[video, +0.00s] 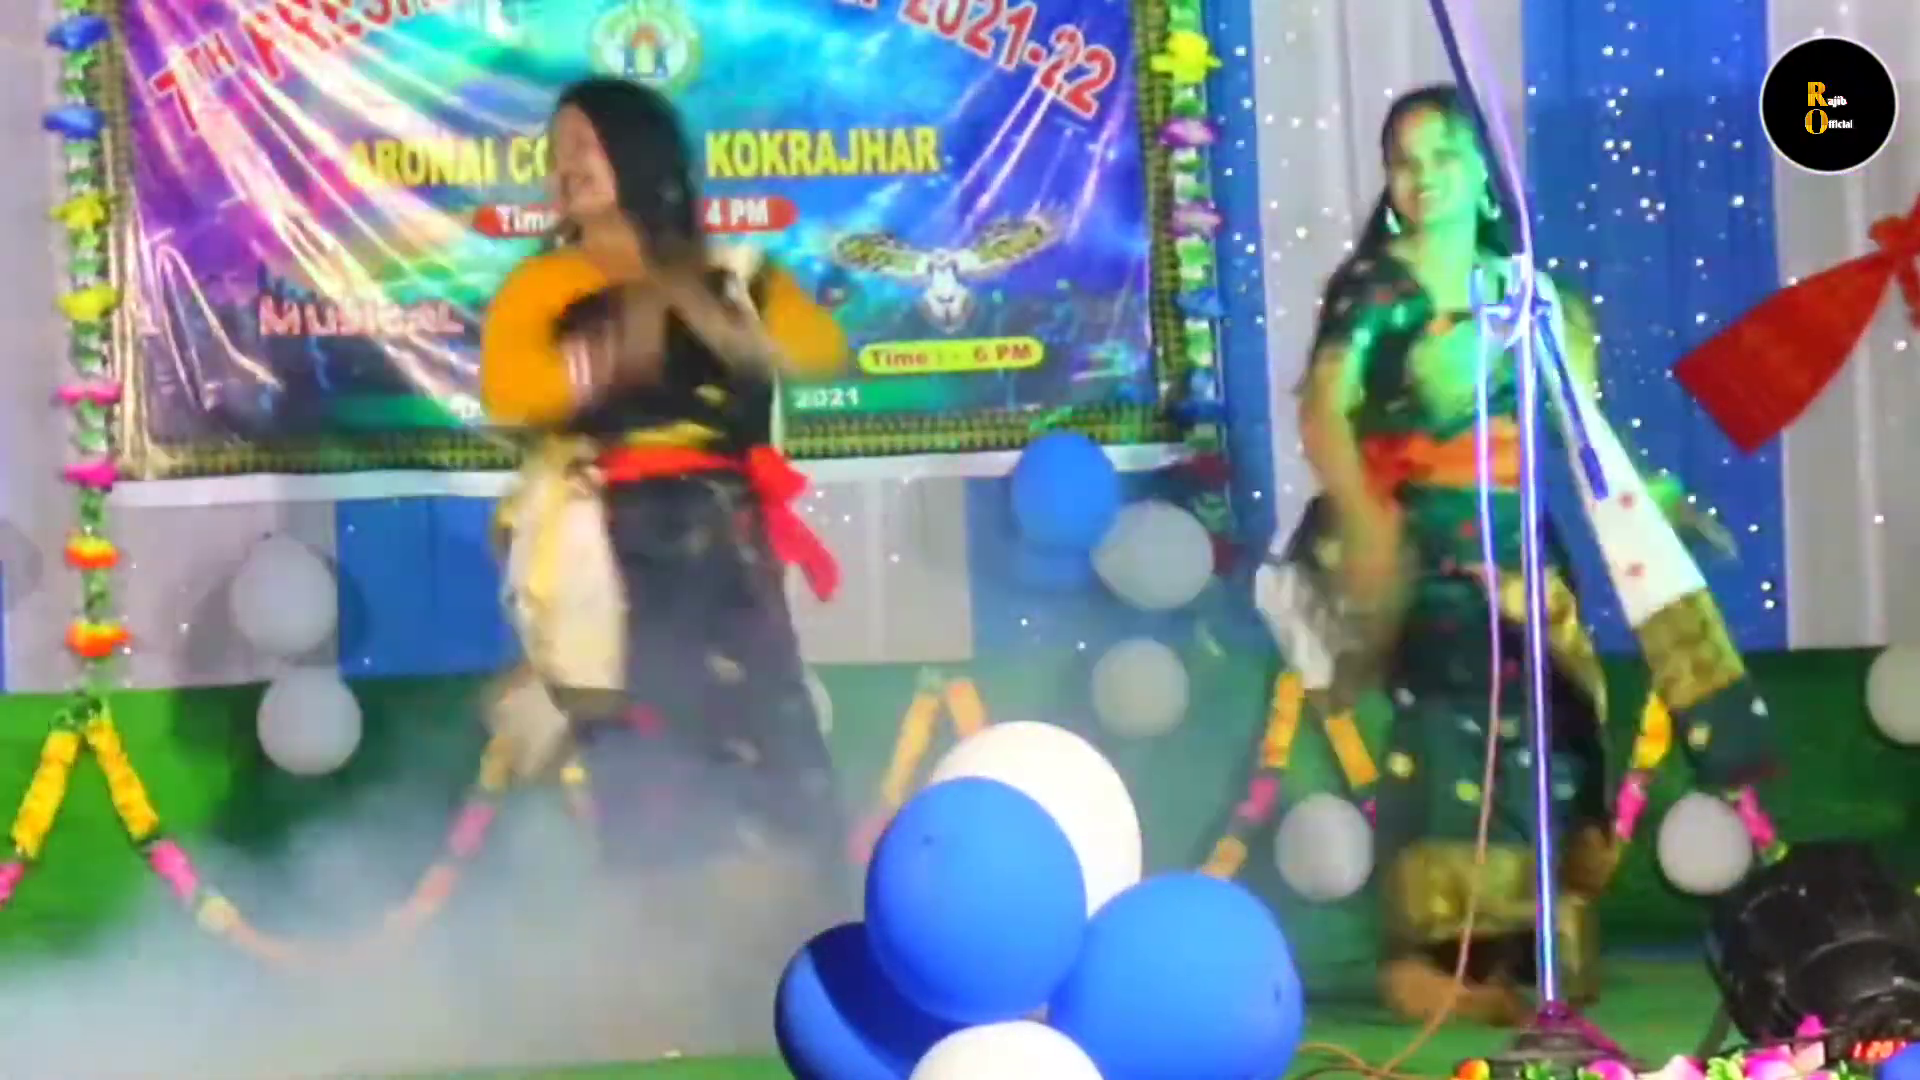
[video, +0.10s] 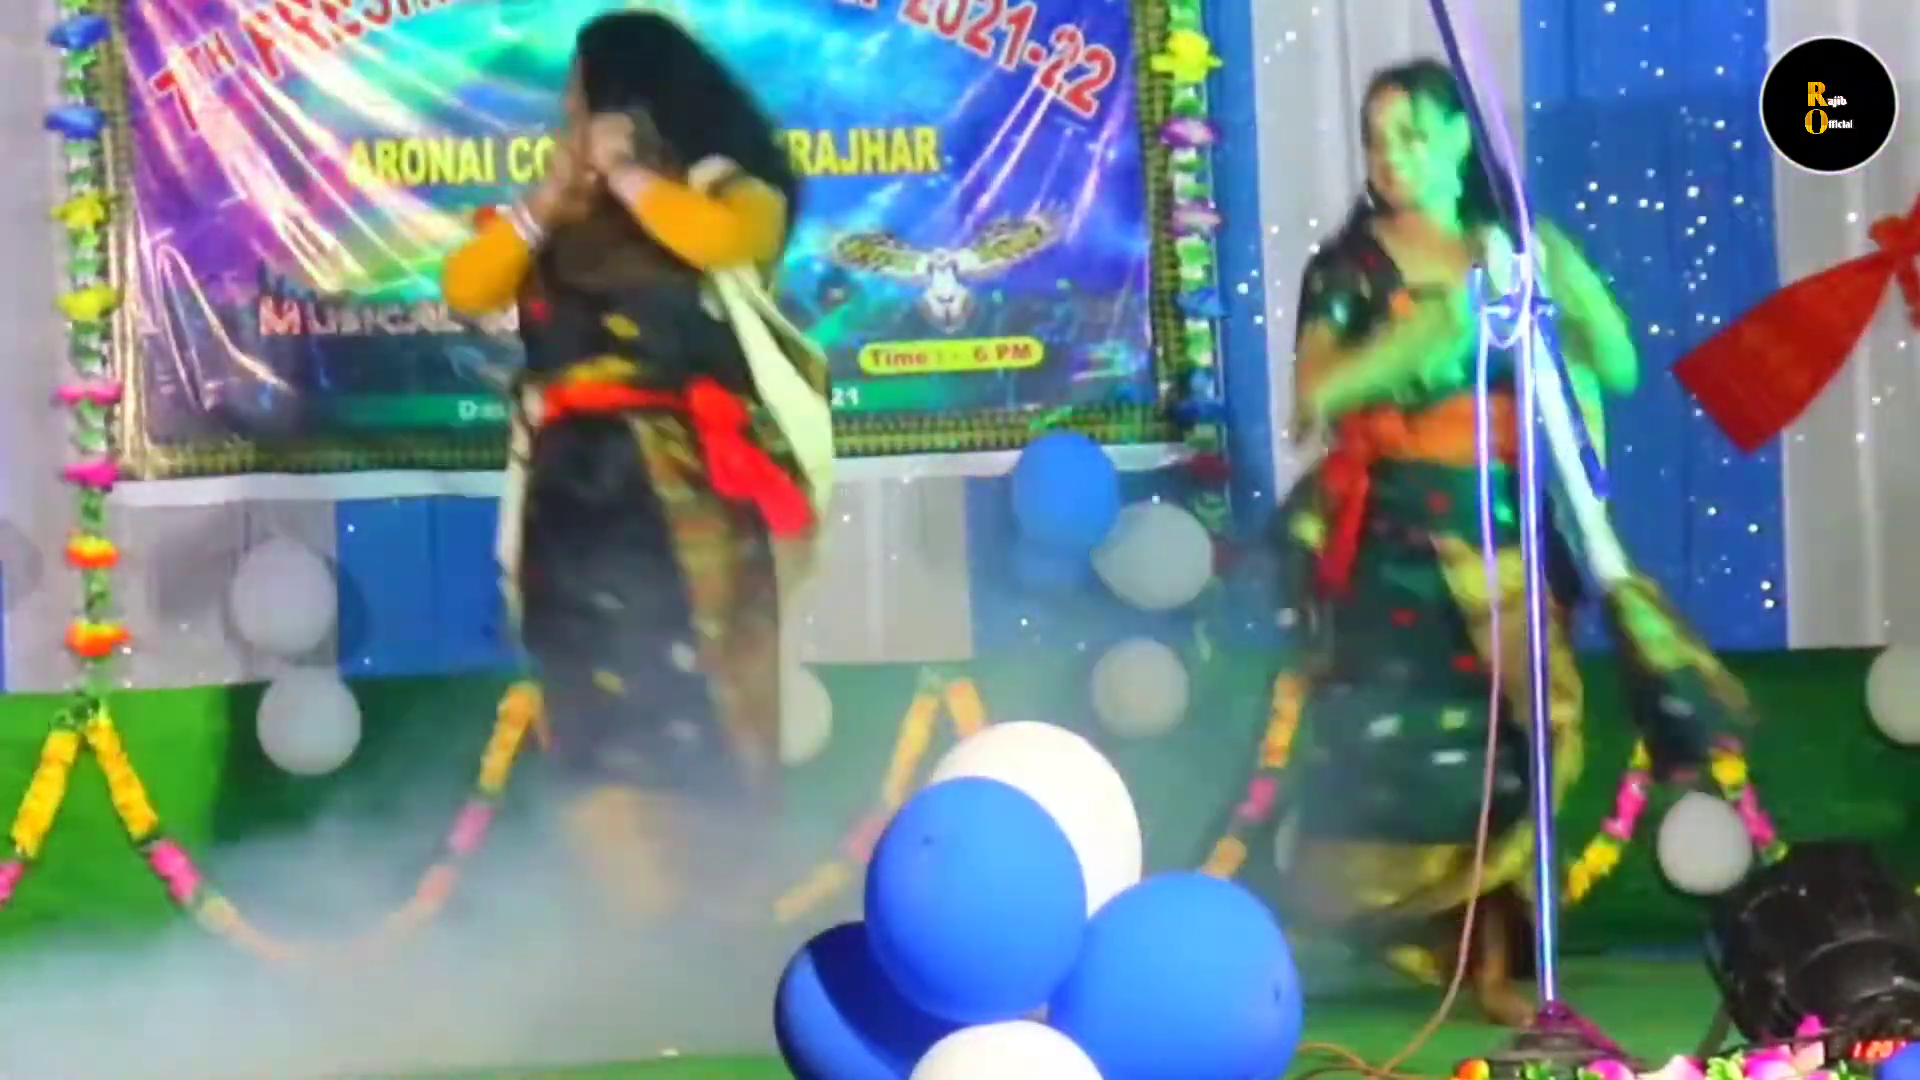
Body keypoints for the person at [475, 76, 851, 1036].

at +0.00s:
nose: (569, 172)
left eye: (587, 153)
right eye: (561, 156)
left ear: (646, 157)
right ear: (557, 171)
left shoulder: (735, 273)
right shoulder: (544, 285)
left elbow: (826, 351)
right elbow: (509, 390)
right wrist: (619, 349)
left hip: (728, 524)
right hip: (604, 531)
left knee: (769, 725)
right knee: (639, 739)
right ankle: (657, 958)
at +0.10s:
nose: (591, 128)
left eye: (607, 110)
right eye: (582, 112)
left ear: (660, 104)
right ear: (569, 120)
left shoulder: (734, 184)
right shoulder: (553, 206)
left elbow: (721, 243)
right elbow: (464, 287)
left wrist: (634, 178)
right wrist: (544, 207)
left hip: (696, 470)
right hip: (572, 476)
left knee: (712, 696)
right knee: (590, 708)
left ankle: (728, 924)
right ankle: (642, 936)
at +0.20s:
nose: (596, 103)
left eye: (611, 84)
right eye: (593, 85)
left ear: (653, 80)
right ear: (590, 88)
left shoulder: (720, 179)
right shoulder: (569, 197)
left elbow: (659, 232)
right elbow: (454, 283)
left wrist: (571, 181)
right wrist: (523, 191)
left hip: (666, 476)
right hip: (554, 479)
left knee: (672, 695)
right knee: (552, 704)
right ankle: (593, 900)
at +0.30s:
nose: (572, 137)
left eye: (582, 116)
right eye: (577, 116)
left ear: (620, 125)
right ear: (669, 119)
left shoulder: (672, 232)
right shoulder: (636, 233)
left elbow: (610, 311)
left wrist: (485, 328)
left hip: (645, 545)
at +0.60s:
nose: (503, 143)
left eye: (518, 126)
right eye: (510, 125)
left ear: (556, 139)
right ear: (603, 139)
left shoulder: (595, 234)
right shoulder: (540, 245)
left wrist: (540, 256)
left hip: (596, 555)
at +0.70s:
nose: (494, 121)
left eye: (514, 102)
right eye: (498, 100)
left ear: (571, 115)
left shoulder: (619, 209)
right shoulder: (505, 236)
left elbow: (648, 226)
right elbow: (477, 289)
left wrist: (592, 167)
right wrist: (420, 234)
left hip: (591, 488)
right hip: (500, 493)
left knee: (595, 691)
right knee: (504, 703)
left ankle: (611, 890)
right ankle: (529, 873)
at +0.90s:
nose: (621, 163)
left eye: (624, 145)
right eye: (595, 144)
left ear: (636, 165)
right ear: (534, 163)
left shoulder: (691, 272)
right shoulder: (483, 303)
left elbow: (805, 343)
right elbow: (384, 415)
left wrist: (866, 250)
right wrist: (281, 325)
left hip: (636, 575)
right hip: (507, 571)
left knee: (578, 824)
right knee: (467, 809)